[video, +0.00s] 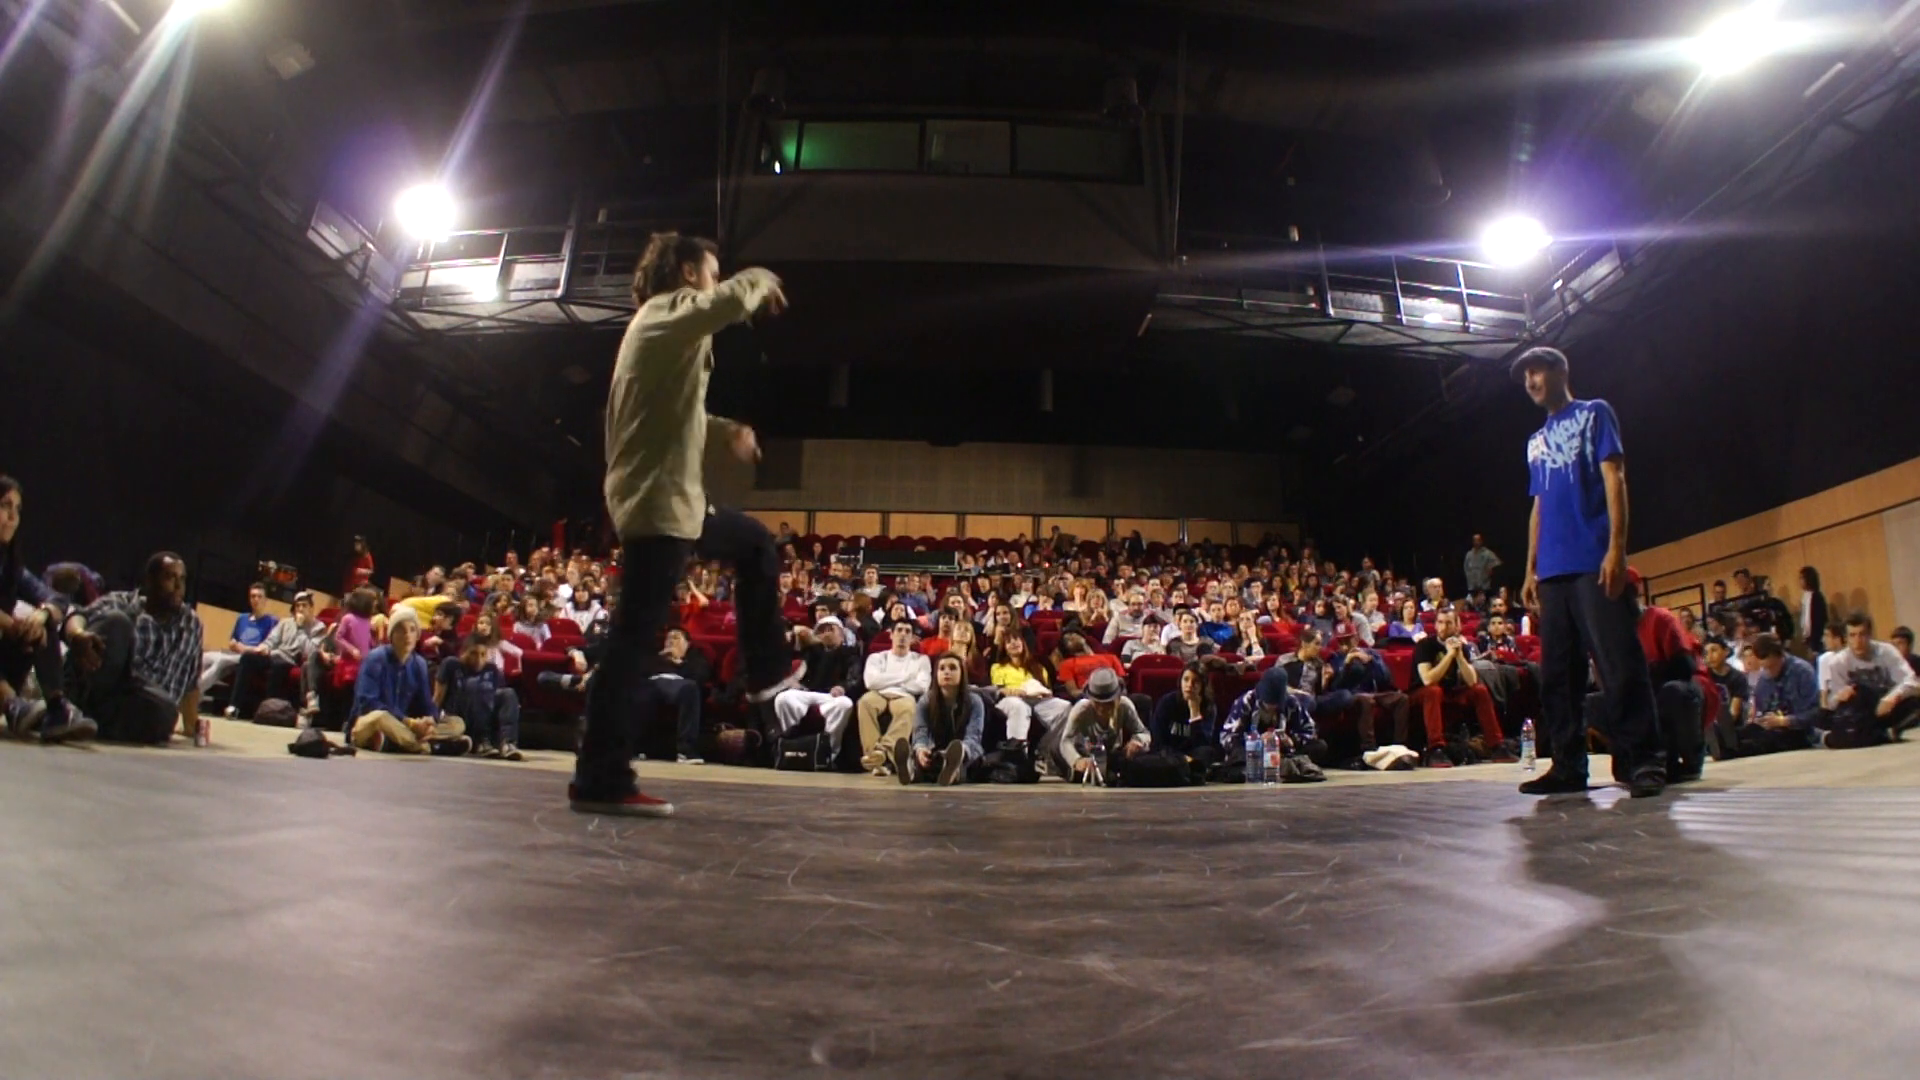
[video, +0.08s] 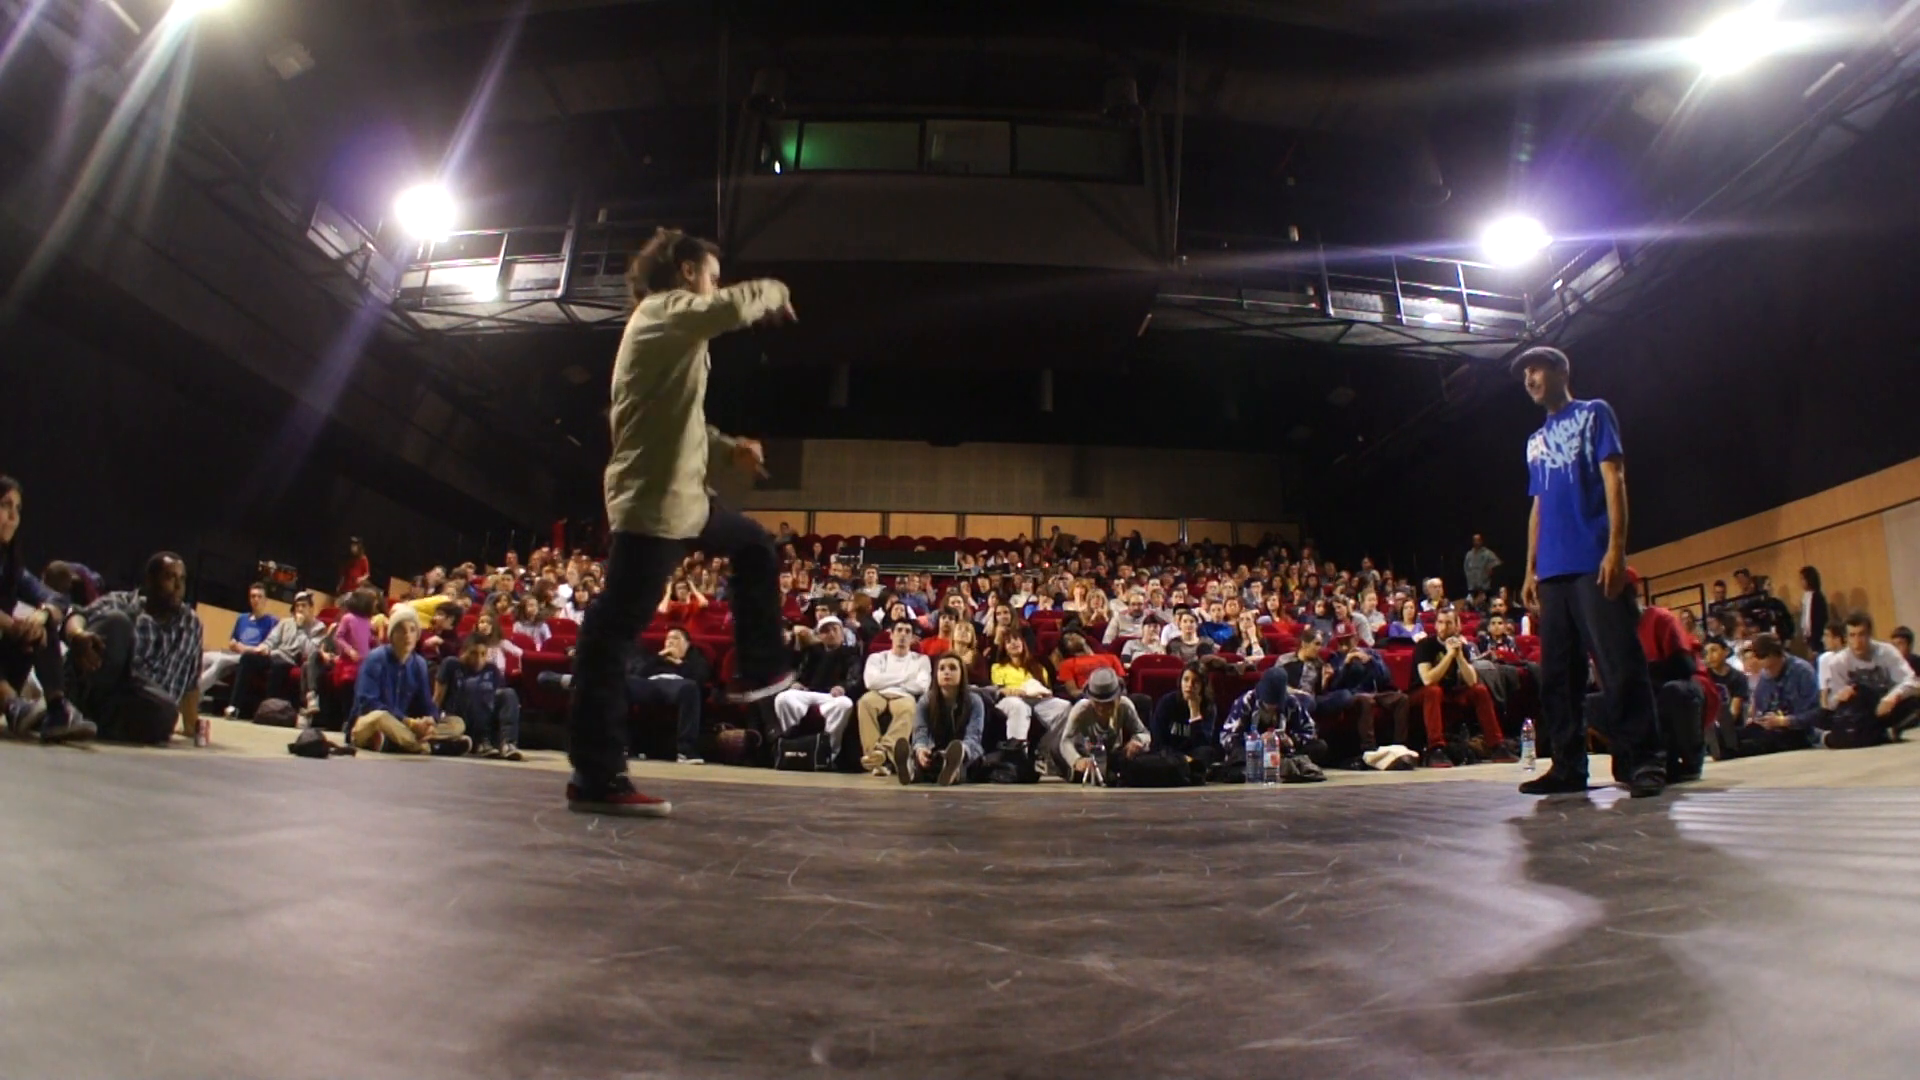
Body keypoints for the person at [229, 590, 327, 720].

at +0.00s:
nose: (300, 609)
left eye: (304, 606)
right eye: (298, 606)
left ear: (312, 608)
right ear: (294, 609)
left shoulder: (319, 628)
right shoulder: (285, 623)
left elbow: (309, 652)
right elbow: (271, 640)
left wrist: (301, 628)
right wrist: (264, 647)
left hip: (292, 661)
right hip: (273, 656)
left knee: (277, 666)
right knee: (248, 657)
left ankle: (269, 710)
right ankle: (234, 705)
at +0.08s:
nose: (300, 609)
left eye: (304, 606)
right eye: (297, 606)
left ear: (311, 608)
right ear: (294, 608)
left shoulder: (319, 628)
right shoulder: (285, 623)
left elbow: (309, 652)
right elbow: (271, 640)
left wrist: (301, 628)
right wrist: (265, 647)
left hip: (292, 661)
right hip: (273, 656)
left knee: (277, 667)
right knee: (248, 658)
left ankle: (270, 710)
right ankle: (234, 705)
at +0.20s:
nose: (299, 609)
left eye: (303, 606)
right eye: (297, 606)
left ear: (312, 608)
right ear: (294, 608)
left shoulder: (319, 628)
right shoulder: (285, 623)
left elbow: (309, 652)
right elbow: (271, 640)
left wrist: (300, 628)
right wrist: (265, 647)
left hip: (292, 661)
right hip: (274, 656)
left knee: (277, 666)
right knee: (248, 658)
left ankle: (270, 710)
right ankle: (234, 706)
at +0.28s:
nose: (298, 609)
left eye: (303, 606)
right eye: (297, 605)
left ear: (312, 609)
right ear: (294, 608)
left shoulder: (319, 628)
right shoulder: (285, 623)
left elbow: (309, 652)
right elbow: (271, 640)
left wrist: (300, 628)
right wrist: (264, 647)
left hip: (292, 661)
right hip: (273, 656)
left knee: (277, 667)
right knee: (248, 657)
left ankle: (270, 710)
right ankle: (234, 706)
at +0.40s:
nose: (298, 609)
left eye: (303, 606)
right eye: (297, 605)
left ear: (313, 609)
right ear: (294, 607)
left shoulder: (319, 628)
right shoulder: (286, 623)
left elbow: (310, 652)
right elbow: (271, 640)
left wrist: (300, 628)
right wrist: (264, 648)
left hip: (292, 660)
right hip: (273, 656)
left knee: (277, 666)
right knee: (248, 657)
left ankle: (270, 710)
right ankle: (234, 706)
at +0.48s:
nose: (299, 609)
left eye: (304, 606)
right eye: (297, 605)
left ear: (313, 609)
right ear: (294, 608)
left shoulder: (318, 628)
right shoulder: (285, 623)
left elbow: (310, 652)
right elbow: (271, 640)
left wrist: (300, 628)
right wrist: (264, 648)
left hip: (291, 660)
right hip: (273, 656)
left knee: (278, 666)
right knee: (248, 657)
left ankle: (270, 710)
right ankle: (234, 706)